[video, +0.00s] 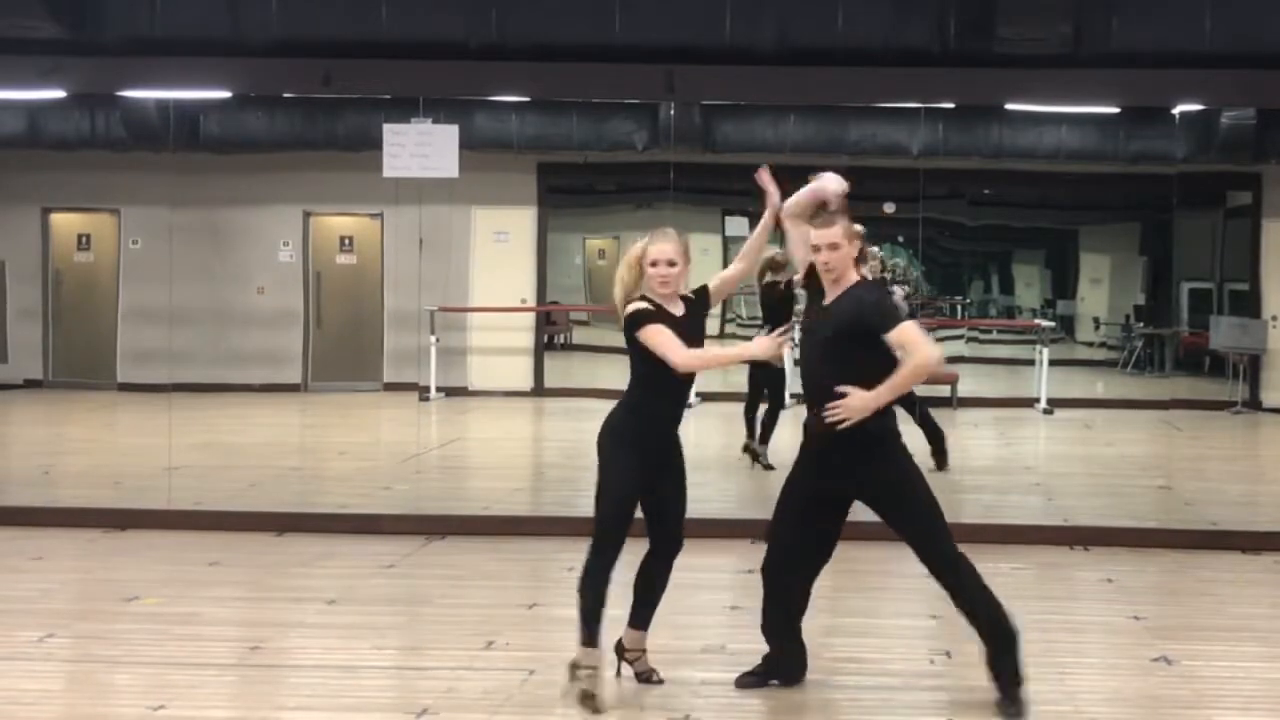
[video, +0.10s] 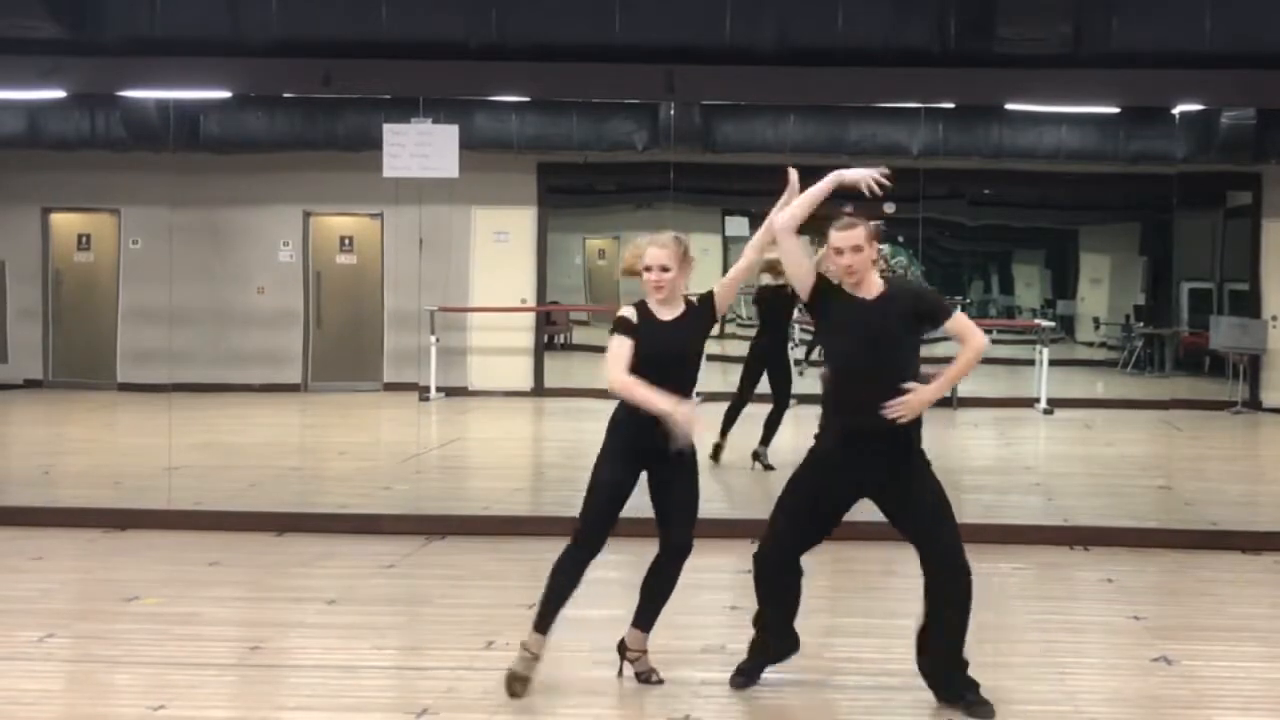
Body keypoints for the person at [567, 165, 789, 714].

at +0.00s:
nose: (665, 271)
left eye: (673, 263)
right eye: (656, 264)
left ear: (685, 267)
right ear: (641, 271)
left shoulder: (696, 303)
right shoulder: (640, 316)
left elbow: (741, 267)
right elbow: (684, 359)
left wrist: (771, 212)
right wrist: (751, 349)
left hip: (663, 441)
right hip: (626, 438)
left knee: (667, 541)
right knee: (608, 539)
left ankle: (634, 641)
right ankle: (587, 650)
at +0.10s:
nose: (655, 278)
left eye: (664, 269)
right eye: (648, 270)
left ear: (685, 272)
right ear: (639, 274)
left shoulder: (703, 310)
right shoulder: (632, 316)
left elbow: (756, 252)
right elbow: (615, 376)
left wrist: (784, 205)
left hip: (675, 442)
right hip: (627, 437)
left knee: (677, 543)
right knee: (589, 537)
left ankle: (635, 640)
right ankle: (535, 640)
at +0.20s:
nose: (656, 281)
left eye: (665, 273)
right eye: (649, 273)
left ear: (685, 275)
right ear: (641, 275)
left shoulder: (705, 316)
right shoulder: (628, 323)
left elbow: (753, 273)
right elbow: (578, 375)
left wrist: (794, 227)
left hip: (676, 447)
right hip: (625, 443)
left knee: (678, 551)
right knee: (587, 535)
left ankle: (636, 640)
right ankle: (538, 620)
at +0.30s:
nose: (657, 282)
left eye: (665, 274)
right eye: (650, 274)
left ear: (684, 279)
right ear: (642, 277)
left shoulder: (705, 322)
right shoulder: (624, 324)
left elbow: (765, 281)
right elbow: (559, 345)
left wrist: (810, 246)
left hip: (676, 448)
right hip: (625, 444)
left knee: (674, 555)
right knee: (603, 537)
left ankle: (635, 640)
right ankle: (579, 611)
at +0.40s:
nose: (655, 288)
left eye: (665, 280)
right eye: (649, 280)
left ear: (683, 283)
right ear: (641, 280)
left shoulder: (703, 324)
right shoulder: (623, 320)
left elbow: (772, 298)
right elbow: (561, 304)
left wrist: (833, 270)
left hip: (674, 450)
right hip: (624, 448)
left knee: (672, 554)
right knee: (619, 545)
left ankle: (633, 641)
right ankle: (610, 614)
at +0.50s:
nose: (657, 288)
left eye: (665, 280)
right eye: (650, 280)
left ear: (683, 283)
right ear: (642, 282)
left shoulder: (701, 329)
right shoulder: (627, 316)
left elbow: (768, 323)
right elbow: (584, 271)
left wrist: (833, 311)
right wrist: (547, 227)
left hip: (678, 455)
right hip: (627, 452)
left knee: (668, 558)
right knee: (619, 549)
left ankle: (635, 637)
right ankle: (620, 611)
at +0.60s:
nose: (659, 285)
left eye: (669, 278)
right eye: (653, 277)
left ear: (685, 283)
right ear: (644, 281)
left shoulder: (702, 329)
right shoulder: (632, 316)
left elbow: (765, 347)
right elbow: (606, 259)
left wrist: (822, 362)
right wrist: (609, 212)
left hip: (681, 451)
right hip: (632, 448)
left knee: (669, 558)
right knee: (618, 554)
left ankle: (637, 637)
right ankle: (629, 610)